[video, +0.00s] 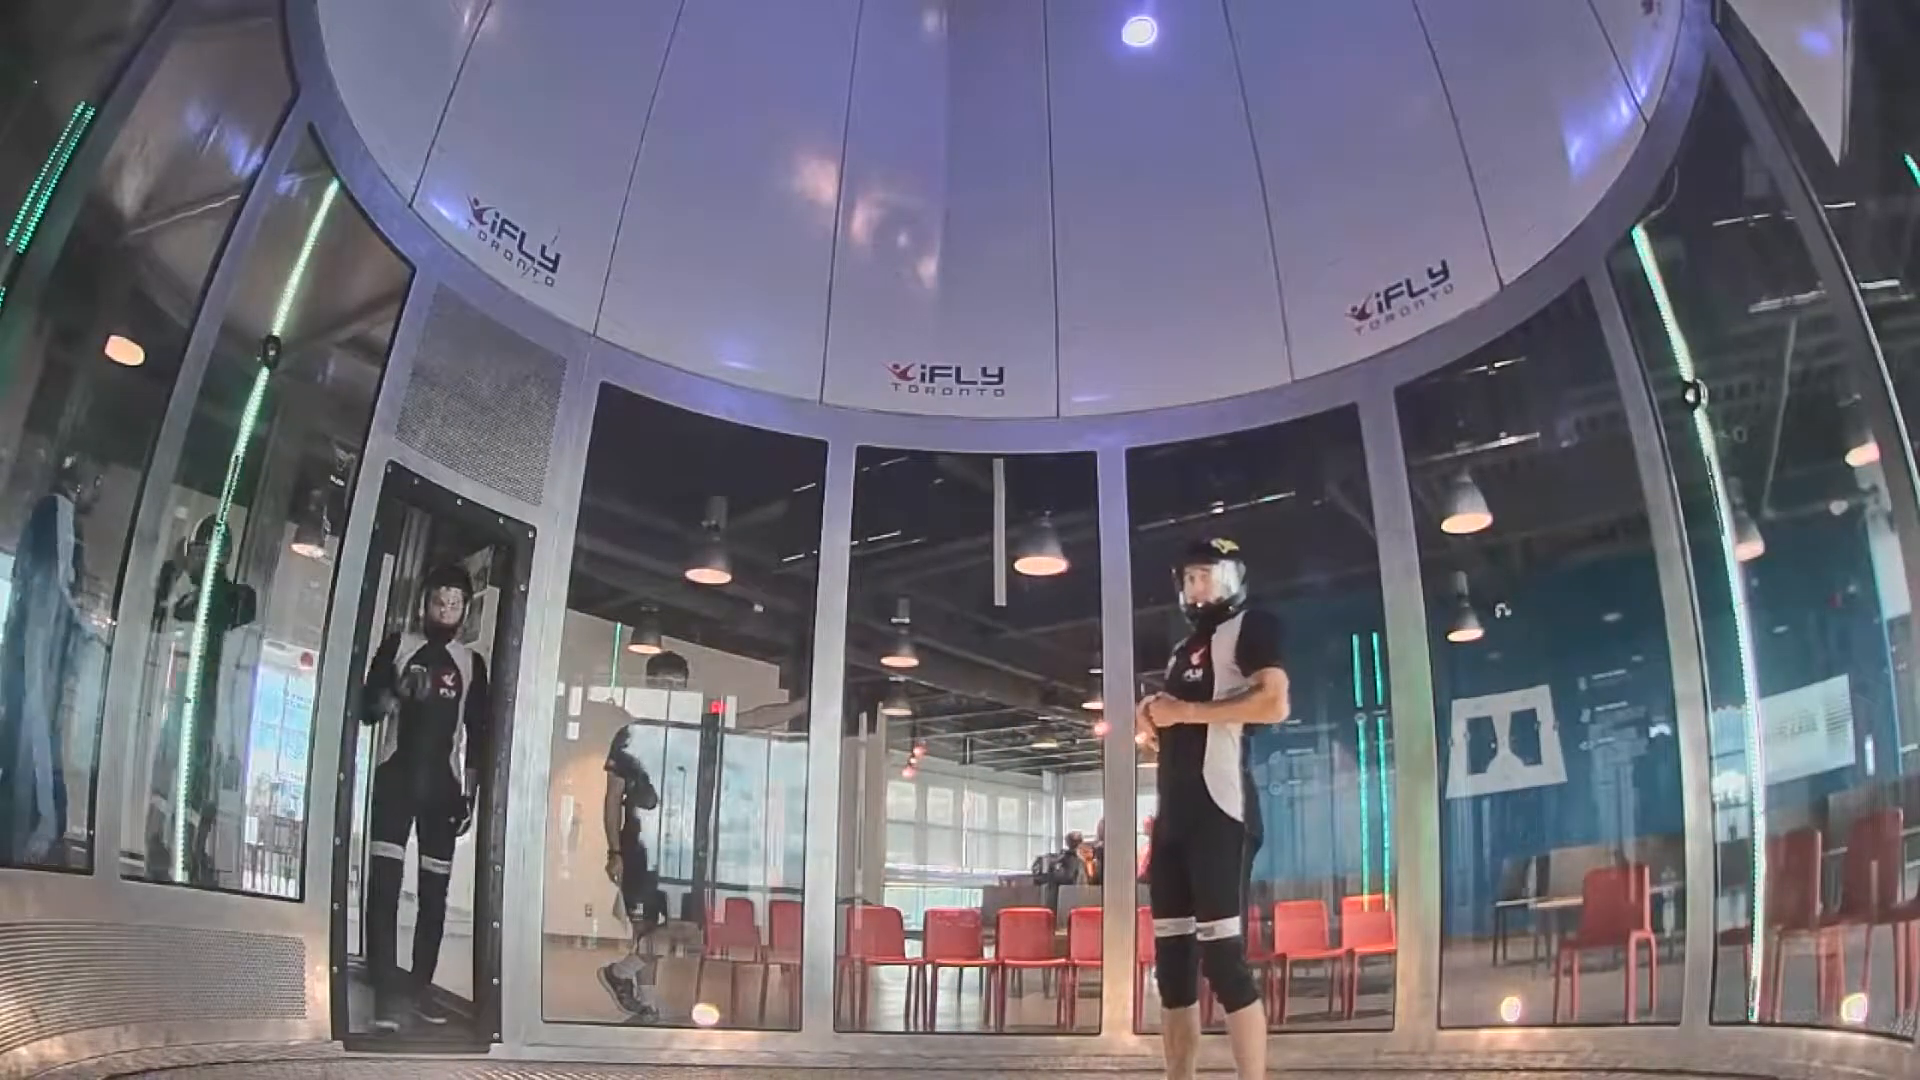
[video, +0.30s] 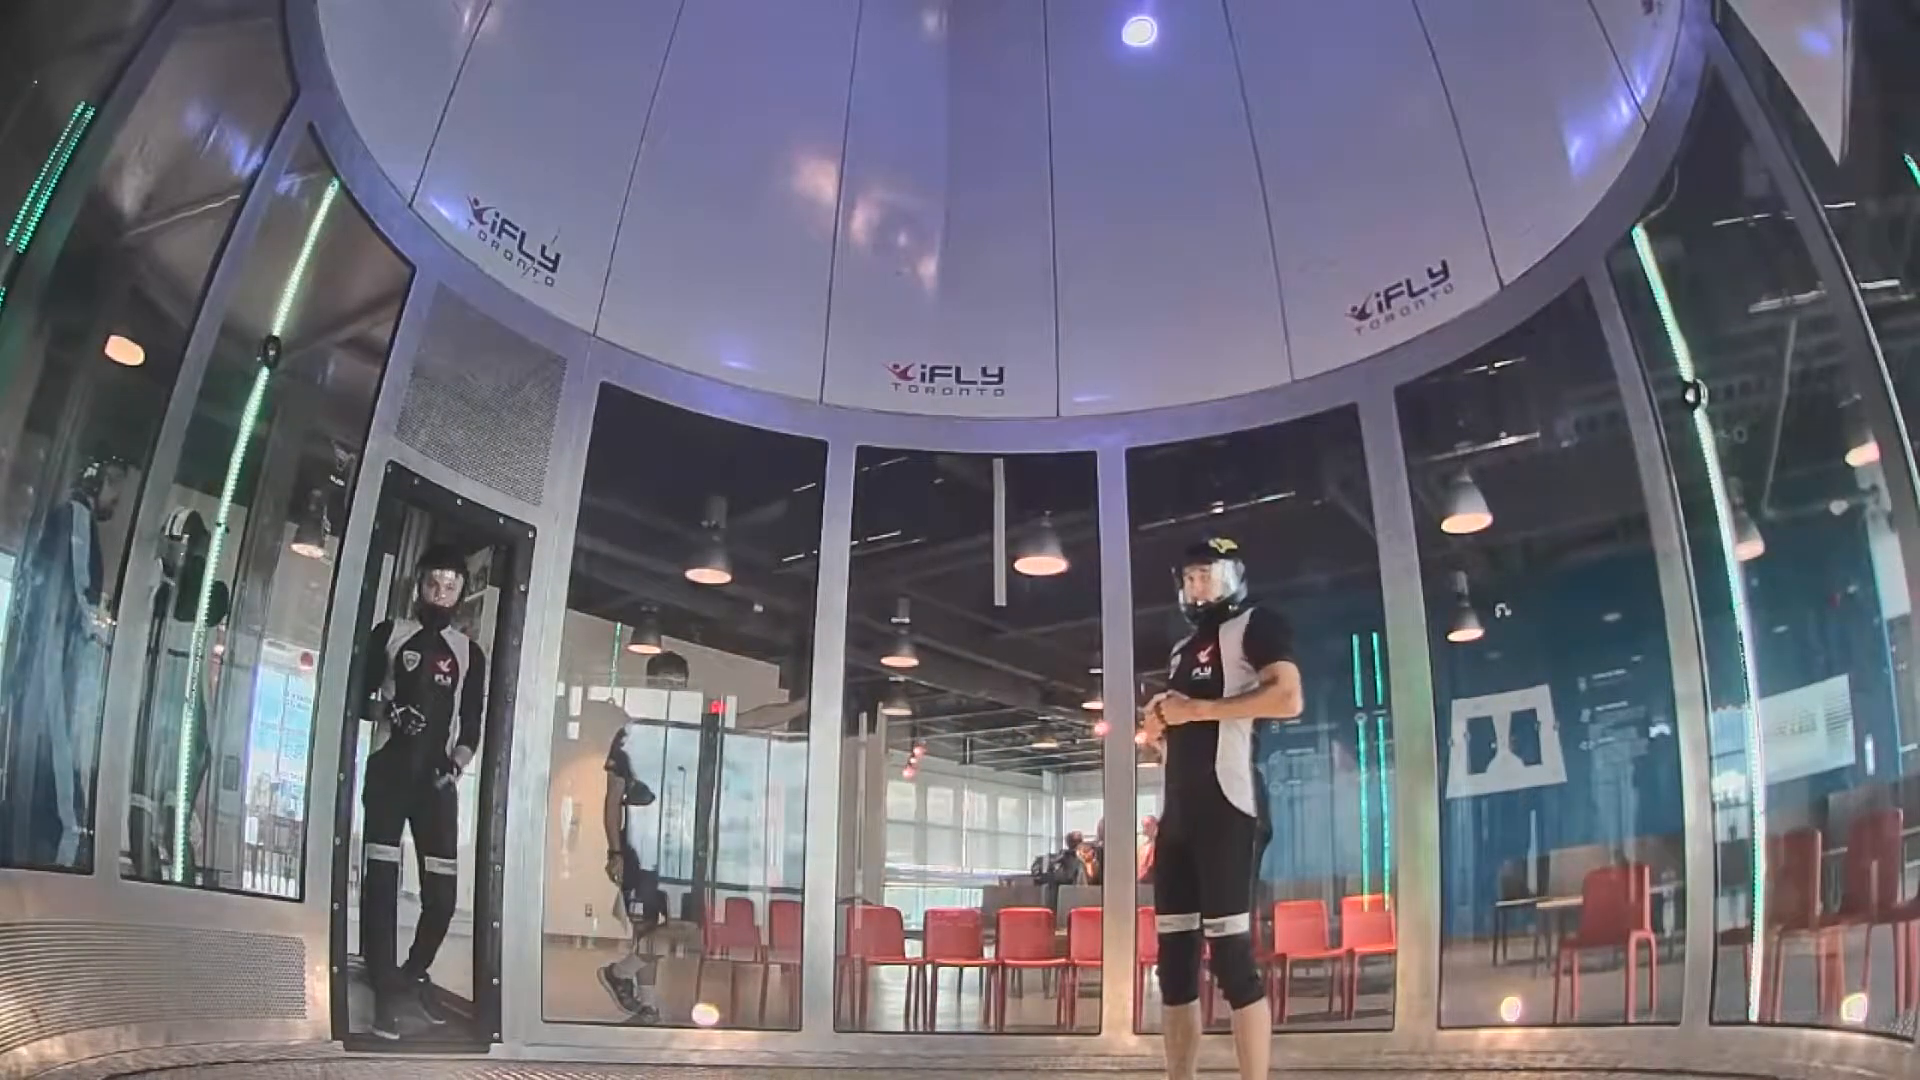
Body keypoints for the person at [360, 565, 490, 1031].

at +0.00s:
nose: (446, 608)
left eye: (455, 602)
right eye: (440, 599)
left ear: (466, 607)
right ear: (427, 601)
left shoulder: (473, 662)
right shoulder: (399, 645)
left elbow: (479, 731)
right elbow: (367, 708)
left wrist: (473, 789)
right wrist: (397, 688)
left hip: (444, 784)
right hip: (394, 778)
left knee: (434, 895)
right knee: (385, 887)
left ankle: (418, 994)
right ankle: (386, 996)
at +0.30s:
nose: (441, 591)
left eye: (450, 585)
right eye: (434, 582)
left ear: (461, 593)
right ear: (420, 585)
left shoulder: (471, 653)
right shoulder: (389, 634)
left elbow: (473, 722)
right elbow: (353, 697)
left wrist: (458, 762)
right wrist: (382, 712)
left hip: (437, 779)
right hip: (387, 772)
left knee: (442, 896)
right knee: (380, 884)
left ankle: (414, 979)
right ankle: (385, 996)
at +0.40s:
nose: (443, 587)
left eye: (452, 580)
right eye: (435, 577)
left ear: (464, 587)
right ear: (421, 581)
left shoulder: (475, 645)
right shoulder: (389, 633)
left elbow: (490, 717)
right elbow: (355, 702)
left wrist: (459, 703)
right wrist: (391, 673)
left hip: (439, 776)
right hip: (387, 771)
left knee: (445, 891)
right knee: (381, 883)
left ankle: (419, 994)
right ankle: (387, 1000)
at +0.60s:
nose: (449, 581)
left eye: (458, 573)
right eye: (442, 572)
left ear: (473, 578)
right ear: (430, 576)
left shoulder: (492, 631)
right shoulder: (406, 623)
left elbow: (547, 684)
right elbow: (358, 692)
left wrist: (497, 665)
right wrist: (389, 642)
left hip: (453, 773)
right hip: (398, 768)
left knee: (449, 901)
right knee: (387, 893)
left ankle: (456, 1016)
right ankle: (386, 1010)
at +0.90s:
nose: (473, 591)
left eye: (484, 583)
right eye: (466, 581)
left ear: (502, 588)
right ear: (456, 584)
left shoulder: (523, 634)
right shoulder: (438, 640)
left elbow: (596, 661)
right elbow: (403, 706)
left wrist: (536, 658)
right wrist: (394, 688)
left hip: (500, 791)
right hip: (447, 787)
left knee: (501, 918)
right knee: (407, 905)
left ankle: (528, 1041)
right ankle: (400, 1011)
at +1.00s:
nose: (494, 611)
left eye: (505, 603)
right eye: (487, 602)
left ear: (523, 607)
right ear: (476, 607)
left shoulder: (545, 656)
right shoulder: (470, 669)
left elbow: (613, 681)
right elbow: (432, 730)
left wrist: (562, 680)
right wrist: (436, 699)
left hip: (530, 815)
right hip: (481, 808)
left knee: (517, 936)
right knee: (431, 913)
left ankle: (541, 1056)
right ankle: (453, 1022)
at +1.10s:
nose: (504, 612)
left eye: (515, 603)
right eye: (495, 602)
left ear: (533, 610)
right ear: (485, 608)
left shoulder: (552, 663)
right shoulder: (479, 673)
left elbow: (621, 693)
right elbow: (456, 738)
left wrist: (560, 696)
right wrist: (453, 716)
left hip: (539, 822)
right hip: (490, 818)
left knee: (524, 936)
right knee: (454, 923)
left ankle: (543, 1058)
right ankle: (487, 1033)